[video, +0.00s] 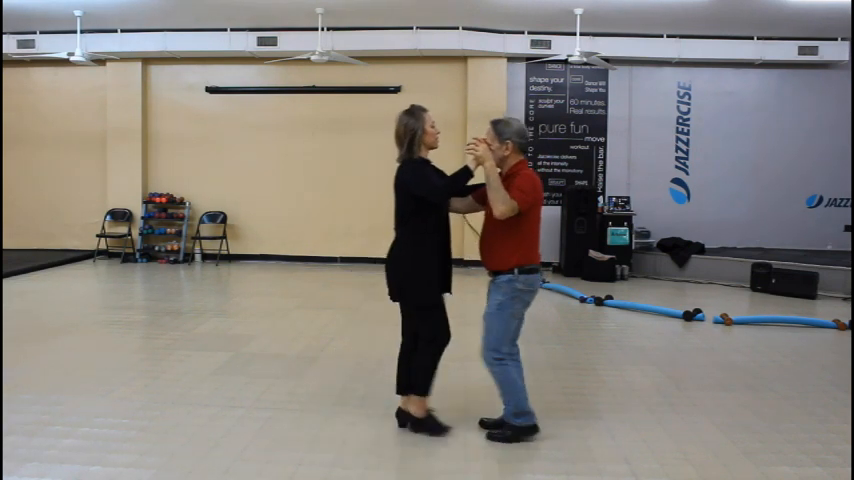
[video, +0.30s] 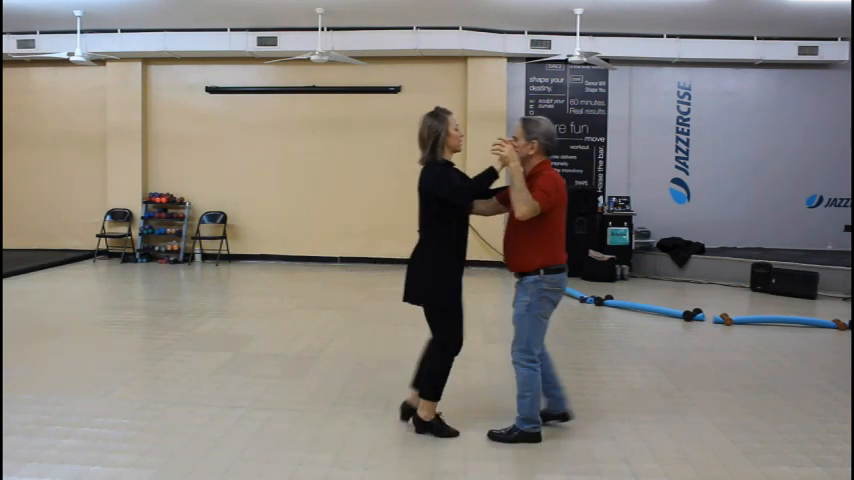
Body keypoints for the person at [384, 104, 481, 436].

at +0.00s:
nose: (438, 132)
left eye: (435, 126)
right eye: (432, 127)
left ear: (417, 132)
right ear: (418, 132)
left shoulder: (418, 167)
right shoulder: (415, 170)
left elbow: (454, 197)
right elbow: (445, 189)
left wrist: (487, 184)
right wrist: (472, 165)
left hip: (415, 268)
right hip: (416, 270)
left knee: (415, 335)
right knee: (437, 334)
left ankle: (408, 406)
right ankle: (416, 407)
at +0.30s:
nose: (461, 134)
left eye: (459, 129)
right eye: (456, 130)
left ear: (441, 134)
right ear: (441, 134)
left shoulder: (441, 170)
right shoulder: (438, 172)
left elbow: (473, 201)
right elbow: (467, 190)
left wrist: (509, 193)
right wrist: (497, 166)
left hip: (437, 269)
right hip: (439, 271)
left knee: (444, 337)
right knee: (449, 341)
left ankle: (415, 400)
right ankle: (426, 412)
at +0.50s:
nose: (478, 136)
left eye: (475, 131)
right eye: (472, 132)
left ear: (458, 139)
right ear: (459, 139)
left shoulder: (465, 174)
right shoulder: (457, 176)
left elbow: (496, 201)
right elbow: (488, 198)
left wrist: (531, 183)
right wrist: (519, 174)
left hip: (458, 276)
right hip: (447, 277)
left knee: (487, 327)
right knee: (460, 340)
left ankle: (487, 402)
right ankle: (427, 411)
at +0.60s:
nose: (486, 137)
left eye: (483, 132)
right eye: (480, 133)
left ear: (466, 141)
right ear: (468, 140)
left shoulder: (474, 175)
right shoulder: (466, 178)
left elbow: (504, 203)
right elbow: (499, 203)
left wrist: (537, 184)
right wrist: (532, 179)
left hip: (468, 275)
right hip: (457, 278)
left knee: (498, 330)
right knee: (471, 342)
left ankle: (506, 404)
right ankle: (429, 409)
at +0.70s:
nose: (492, 140)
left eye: (489, 135)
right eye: (487, 136)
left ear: (471, 143)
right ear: (474, 143)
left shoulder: (479, 178)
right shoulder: (475, 181)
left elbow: (513, 208)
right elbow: (511, 206)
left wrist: (544, 189)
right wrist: (540, 179)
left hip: (480, 277)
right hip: (470, 279)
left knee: (509, 333)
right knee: (486, 345)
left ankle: (506, 408)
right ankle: (433, 408)